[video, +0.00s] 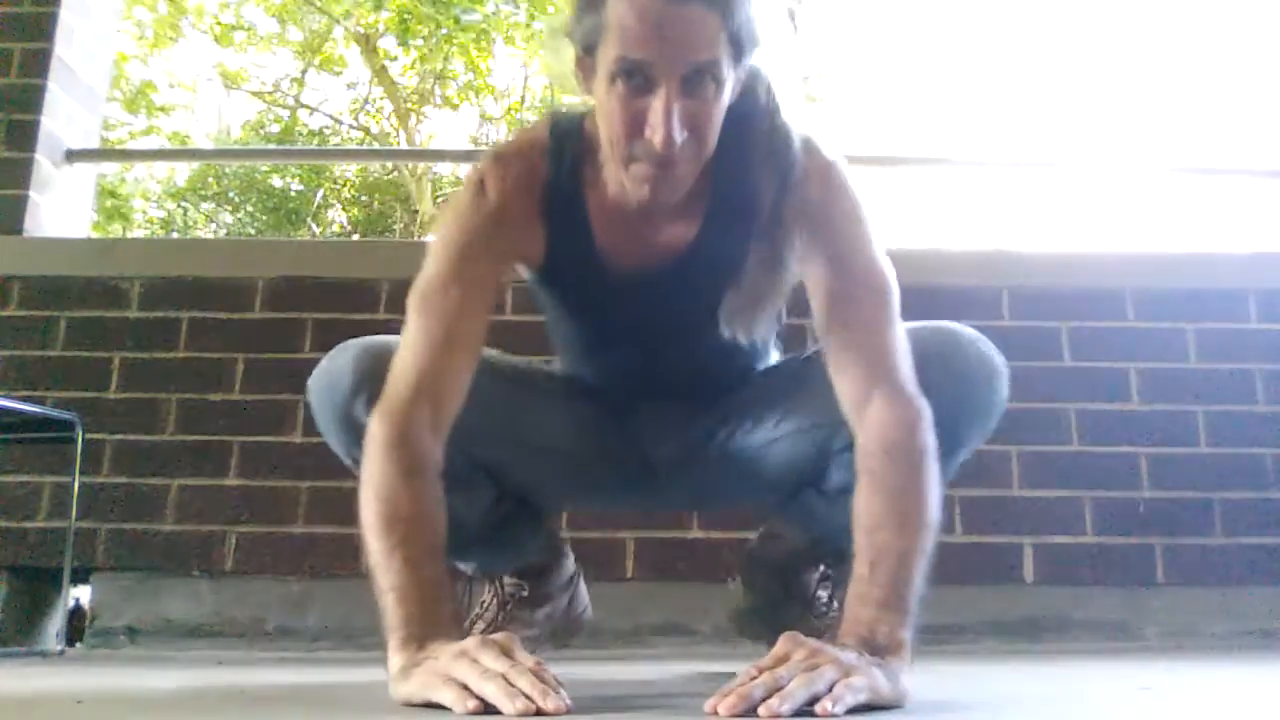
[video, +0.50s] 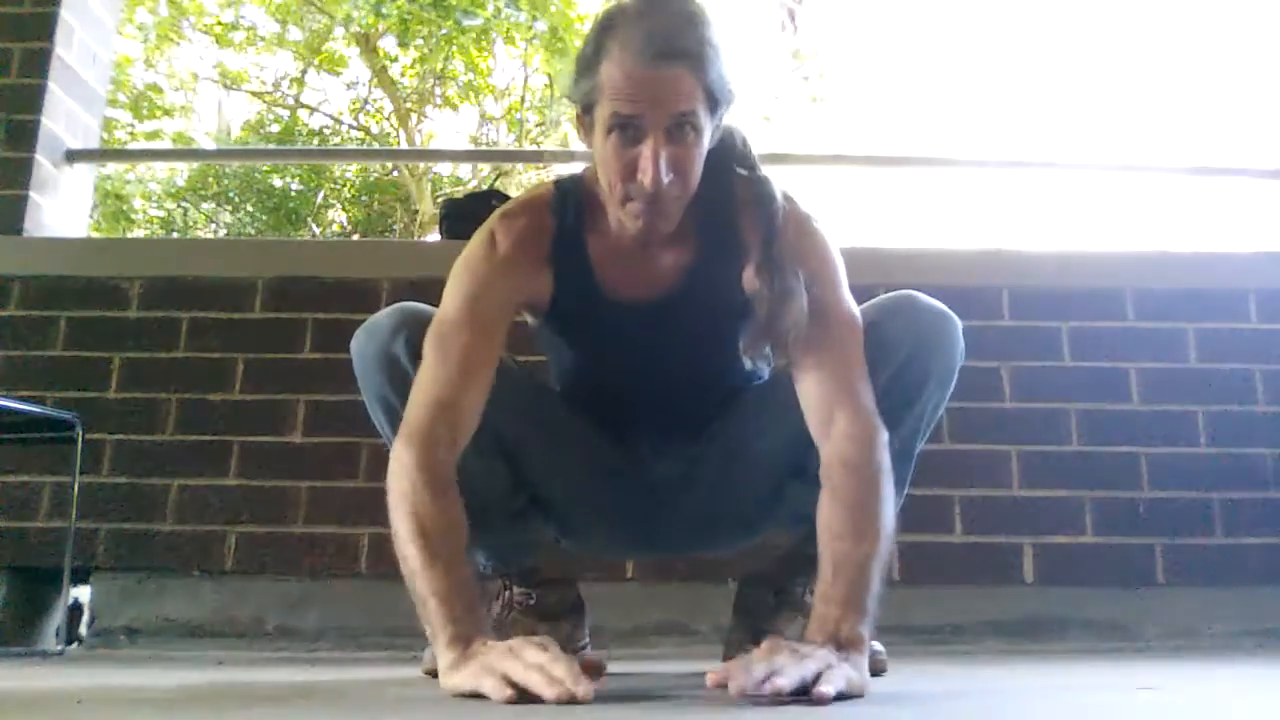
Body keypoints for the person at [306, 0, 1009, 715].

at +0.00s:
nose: (665, 125)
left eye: (698, 84)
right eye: (634, 83)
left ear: (736, 81)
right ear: (587, 74)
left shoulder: (802, 185)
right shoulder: (510, 188)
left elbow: (888, 409)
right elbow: (406, 430)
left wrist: (876, 649)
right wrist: (417, 654)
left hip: (738, 436)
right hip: (583, 435)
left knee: (966, 370)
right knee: (350, 382)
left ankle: (791, 574)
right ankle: (531, 580)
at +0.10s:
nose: (671, 136)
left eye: (701, 98)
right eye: (641, 97)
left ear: (736, 100)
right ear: (595, 93)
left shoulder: (794, 209)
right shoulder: (516, 211)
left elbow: (864, 412)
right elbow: (429, 421)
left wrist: (865, 637)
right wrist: (421, 645)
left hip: (739, 457)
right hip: (585, 456)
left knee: (944, 350)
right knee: (369, 370)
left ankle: (793, 586)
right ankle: (526, 580)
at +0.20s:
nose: (670, 150)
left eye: (699, 113)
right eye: (642, 111)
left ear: (731, 114)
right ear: (596, 106)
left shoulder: (784, 220)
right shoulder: (517, 227)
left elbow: (847, 414)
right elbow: (442, 426)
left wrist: (843, 629)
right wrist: (426, 645)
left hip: (734, 462)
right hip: (585, 464)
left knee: (932, 337)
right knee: (381, 355)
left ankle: (783, 608)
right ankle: (532, 587)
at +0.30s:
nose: (663, 164)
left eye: (694, 128)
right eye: (635, 125)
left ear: (727, 125)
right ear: (592, 120)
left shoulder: (781, 227)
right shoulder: (520, 234)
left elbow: (853, 424)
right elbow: (424, 441)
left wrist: (829, 620)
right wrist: (446, 633)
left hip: (733, 470)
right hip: (585, 471)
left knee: (929, 331)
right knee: (384, 346)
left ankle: (783, 611)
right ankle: (536, 601)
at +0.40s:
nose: (656, 169)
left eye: (687, 133)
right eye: (628, 132)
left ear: (721, 128)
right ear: (588, 128)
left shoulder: (778, 231)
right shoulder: (520, 238)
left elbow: (860, 431)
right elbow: (416, 450)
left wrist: (840, 626)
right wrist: (460, 636)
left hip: (734, 476)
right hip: (588, 476)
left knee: (925, 327)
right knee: (388, 342)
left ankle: (785, 609)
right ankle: (534, 599)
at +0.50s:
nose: (653, 168)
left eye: (682, 131)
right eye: (625, 131)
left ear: (716, 126)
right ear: (584, 129)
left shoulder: (778, 235)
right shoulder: (517, 242)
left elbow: (851, 435)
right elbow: (420, 455)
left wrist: (838, 639)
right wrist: (459, 647)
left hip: (734, 478)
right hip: (587, 479)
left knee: (922, 328)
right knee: (391, 339)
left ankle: (778, 619)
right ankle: (542, 613)